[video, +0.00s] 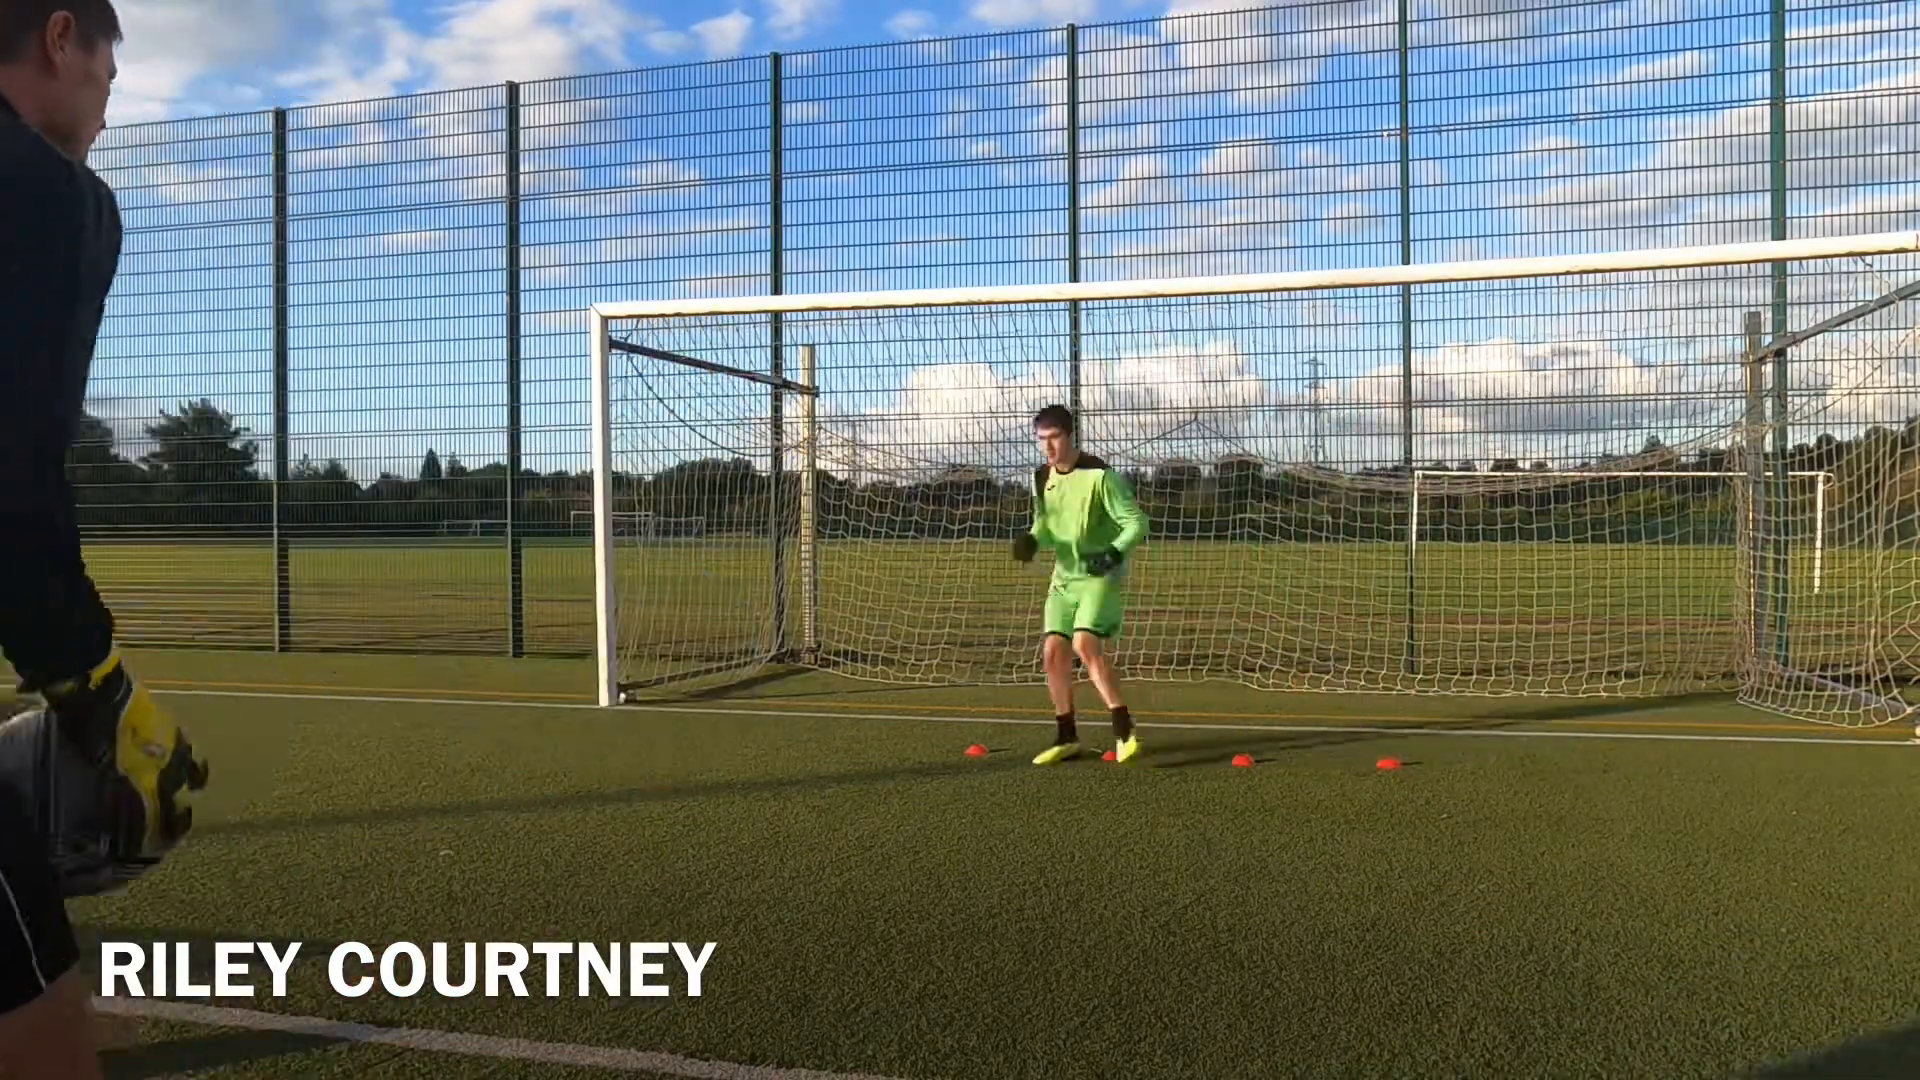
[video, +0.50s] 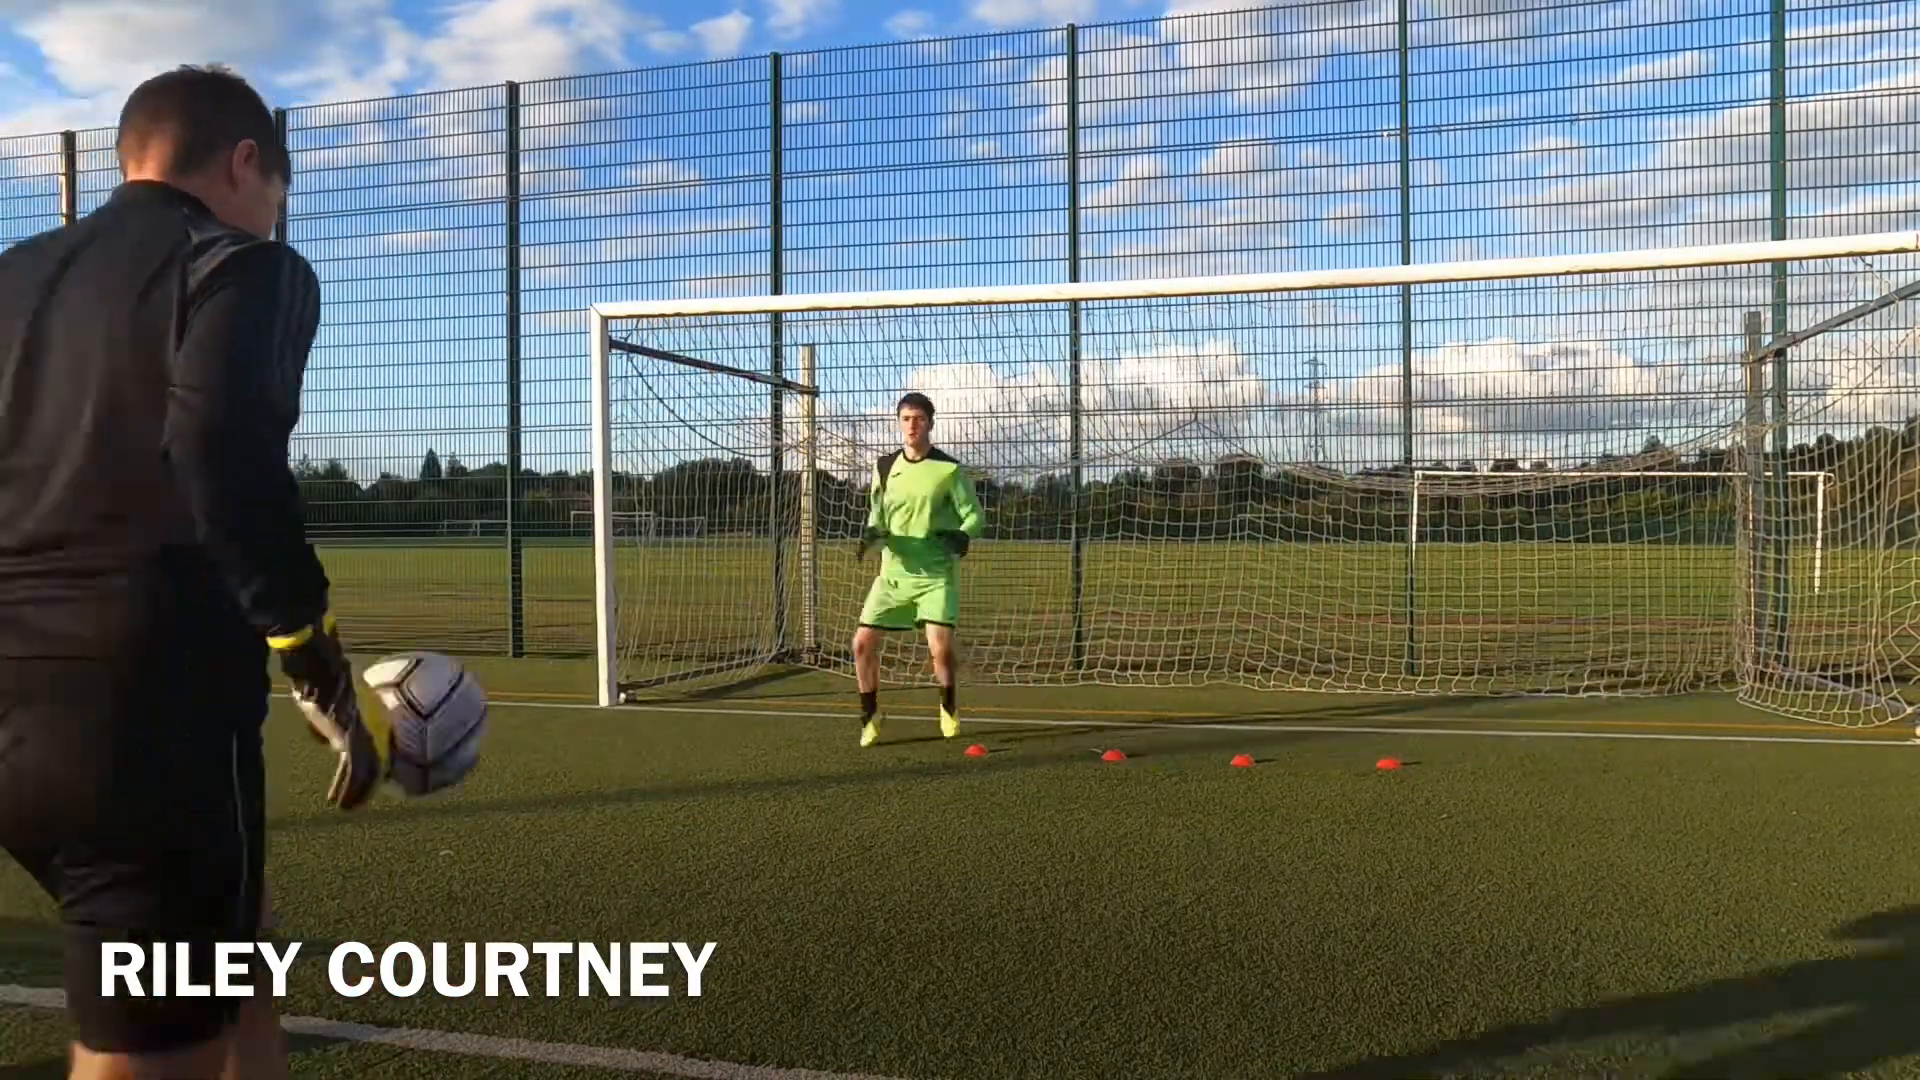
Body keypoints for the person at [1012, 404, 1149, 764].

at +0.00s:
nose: (1048, 446)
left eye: (1054, 438)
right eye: (1042, 439)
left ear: (1071, 435)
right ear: (1038, 441)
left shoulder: (1101, 476)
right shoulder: (1041, 480)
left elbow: (1137, 523)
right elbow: (1043, 527)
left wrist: (1115, 552)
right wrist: (1030, 542)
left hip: (1098, 578)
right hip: (1063, 578)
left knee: (1086, 644)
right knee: (1052, 652)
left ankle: (1125, 732)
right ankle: (1067, 738)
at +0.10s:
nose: (1019, 432)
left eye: (1026, 424)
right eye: (1013, 425)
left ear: (1042, 427)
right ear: (1008, 430)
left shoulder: (1069, 469)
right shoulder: (1008, 470)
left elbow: (1098, 516)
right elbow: (1015, 512)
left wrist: (1069, 542)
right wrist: (1005, 533)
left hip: (1065, 572)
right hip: (1027, 570)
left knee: (1044, 647)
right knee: (1008, 637)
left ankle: (1068, 701)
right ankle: (1033, 719)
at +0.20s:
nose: (990, 433)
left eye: (997, 425)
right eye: (985, 426)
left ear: (1012, 428)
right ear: (979, 431)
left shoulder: (1037, 476)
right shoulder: (982, 474)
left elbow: (1060, 524)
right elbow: (989, 521)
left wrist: (1034, 551)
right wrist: (978, 543)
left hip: (1030, 582)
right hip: (994, 576)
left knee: (1020, 664)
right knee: (955, 631)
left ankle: (1053, 723)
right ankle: (974, 694)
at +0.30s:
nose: (962, 431)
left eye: (969, 424)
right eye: (956, 425)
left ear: (981, 429)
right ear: (949, 431)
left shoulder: (1005, 476)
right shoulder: (945, 476)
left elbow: (1027, 525)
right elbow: (948, 521)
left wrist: (1006, 554)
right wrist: (943, 546)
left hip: (998, 582)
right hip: (956, 579)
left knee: (1012, 659)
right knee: (922, 647)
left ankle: (1052, 726)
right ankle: (898, 720)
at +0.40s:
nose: (934, 431)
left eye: (941, 425)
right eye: (929, 425)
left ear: (953, 429)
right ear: (921, 430)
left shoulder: (975, 478)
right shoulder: (908, 475)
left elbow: (996, 522)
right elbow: (903, 518)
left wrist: (985, 546)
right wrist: (901, 542)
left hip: (962, 579)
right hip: (918, 578)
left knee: (977, 656)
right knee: (899, 656)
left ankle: (1016, 714)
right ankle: (894, 724)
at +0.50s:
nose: (912, 426)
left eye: (918, 419)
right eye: (906, 419)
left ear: (930, 423)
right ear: (898, 424)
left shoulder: (950, 470)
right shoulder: (885, 467)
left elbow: (974, 514)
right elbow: (876, 512)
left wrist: (963, 535)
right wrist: (871, 534)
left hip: (936, 575)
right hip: (893, 574)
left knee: (941, 648)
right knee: (863, 642)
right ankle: (870, 717)